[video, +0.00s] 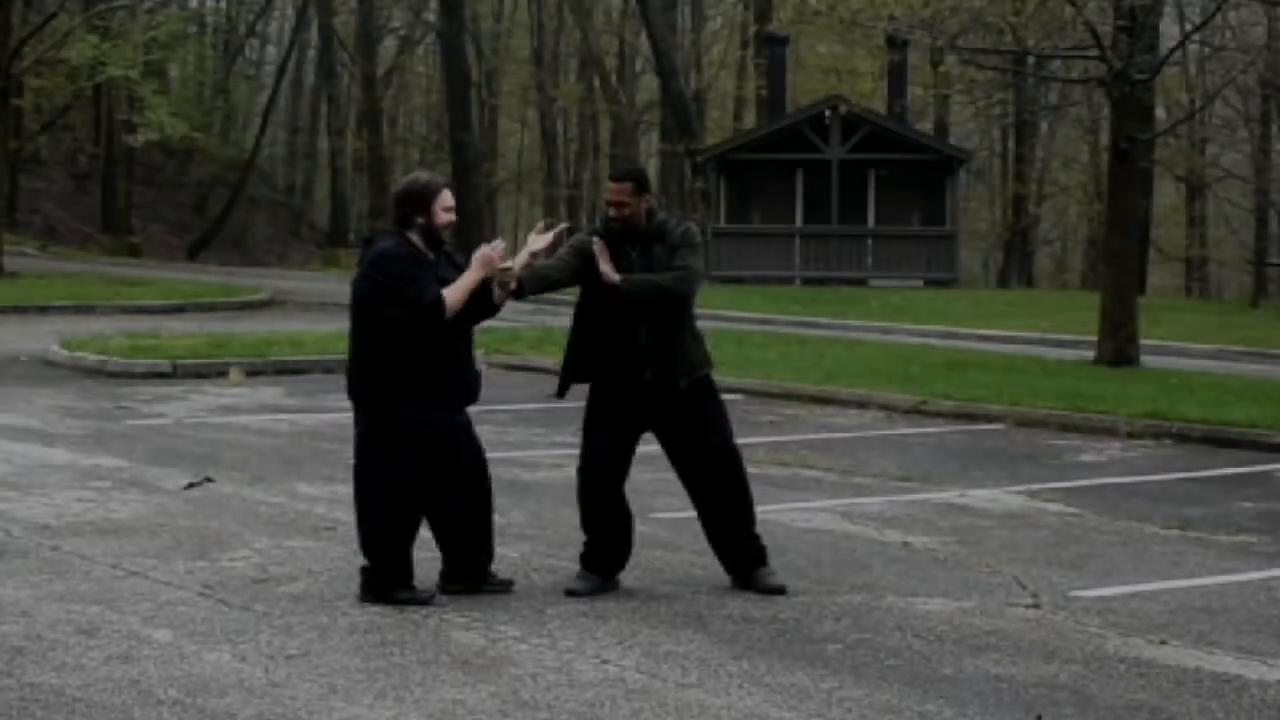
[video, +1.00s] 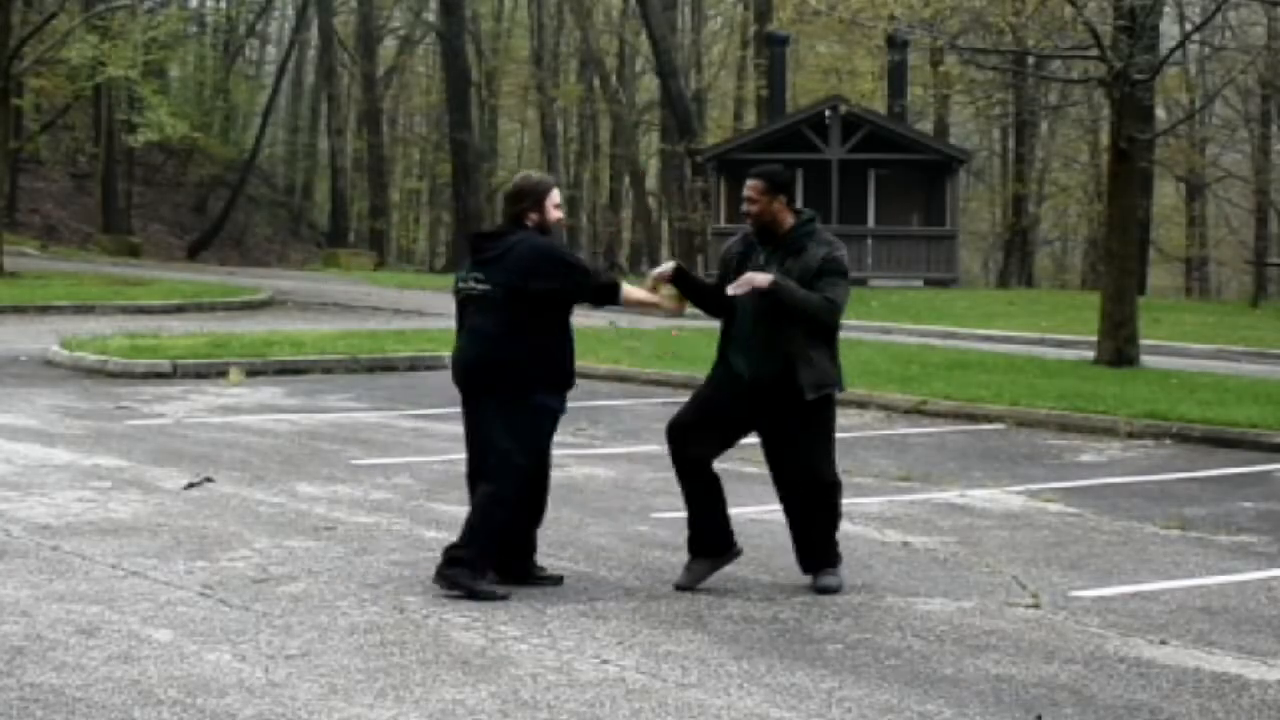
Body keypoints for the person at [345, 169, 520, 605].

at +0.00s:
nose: (453, 219)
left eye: (453, 210)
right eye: (445, 210)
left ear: (433, 215)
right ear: (418, 213)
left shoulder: (437, 258)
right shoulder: (389, 259)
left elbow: (466, 310)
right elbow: (431, 311)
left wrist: (514, 271)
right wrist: (476, 272)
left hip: (438, 400)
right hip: (392, 403)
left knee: (465, 482)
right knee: (390, 492)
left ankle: (466, 571)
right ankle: (385, 580)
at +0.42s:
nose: (488, 226)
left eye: (488, 218)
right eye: (480, 218)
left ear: (462, 224)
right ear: (453, 222)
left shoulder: (465, 264)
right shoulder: (431, 265)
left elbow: (493, 316)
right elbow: (491, 308)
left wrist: (540, 321)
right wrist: (531, 265)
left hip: (464, 405)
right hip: (426, 407)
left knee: (491, 482)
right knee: (411, 494)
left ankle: (511, 562)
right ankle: (386, 580)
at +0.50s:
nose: (500, 223)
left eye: (500, 215)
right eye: (493, 216)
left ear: (468, 223)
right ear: (468, 221)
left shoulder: (472, 263)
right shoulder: (452, 263)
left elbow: (507, 311)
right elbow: (523, 287)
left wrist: (554, 332)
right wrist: (569, 248)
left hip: (477, 402)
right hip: (441, 405)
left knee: (502, 481)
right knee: (423, 493)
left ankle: (512, 564)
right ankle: (386, 579)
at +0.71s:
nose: (534, 215)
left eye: (532, 208)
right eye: (527, 208)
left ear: (497, 215)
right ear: (504, 215)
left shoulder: (467, 253)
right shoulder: (503, 252)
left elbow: (501, 298)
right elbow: (570, 240)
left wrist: (549, 307)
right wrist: (614, 197)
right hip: (492, 395)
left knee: (515, 480)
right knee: (452, 482)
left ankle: (514, 565)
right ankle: (395, 565)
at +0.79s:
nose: (542, 213)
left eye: (541, 205)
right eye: (535, 206)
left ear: (502, 213)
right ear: (511, 212)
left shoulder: (480, 251)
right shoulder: (512, 248)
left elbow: (505, 313)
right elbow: (582, 236)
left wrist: (555, 303)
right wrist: (620, 203)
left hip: (499, 387)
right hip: (501, 391)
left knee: (517, 477)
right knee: (466, 478)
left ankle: (514, 566)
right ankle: (411, 566)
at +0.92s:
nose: (554, 213)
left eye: (553, 205)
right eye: (548, 206)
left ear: (514, 211)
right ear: (525, 210)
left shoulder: (480, 248)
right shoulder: (537, 248)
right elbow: (592, 263)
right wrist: (637, 257)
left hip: (481, 383)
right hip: (525, 387)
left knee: (519, 473)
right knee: (493, 477)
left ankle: (513, 564)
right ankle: (444, 569)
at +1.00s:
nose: (563, 215)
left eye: (561, 206)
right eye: (557, 207)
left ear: (521, 213)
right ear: (534, 213)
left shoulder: (488, 253)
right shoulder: (542, 254)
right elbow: (601, 289)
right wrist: (658, 301)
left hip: (485, 385)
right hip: (527, 390)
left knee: (500, 472)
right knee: (519, 478)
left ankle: (515, 562)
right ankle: (463, 566)